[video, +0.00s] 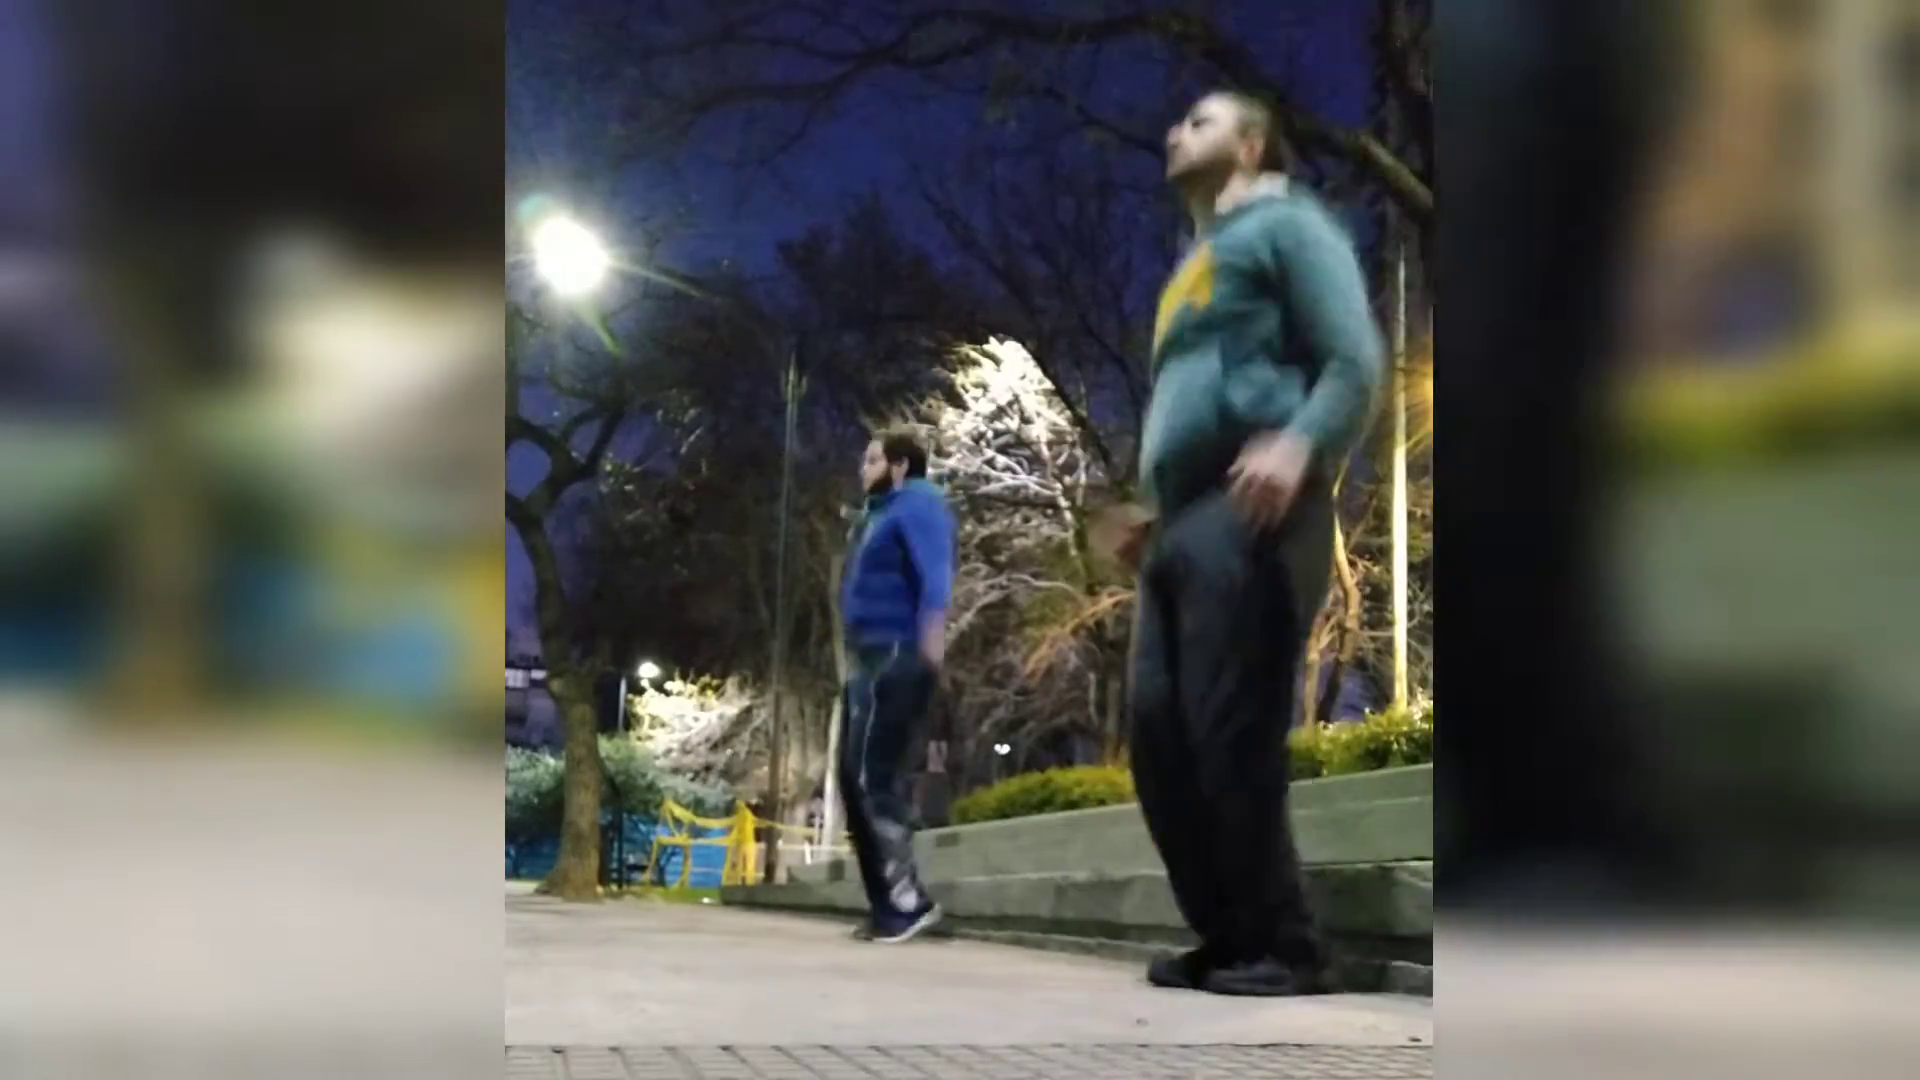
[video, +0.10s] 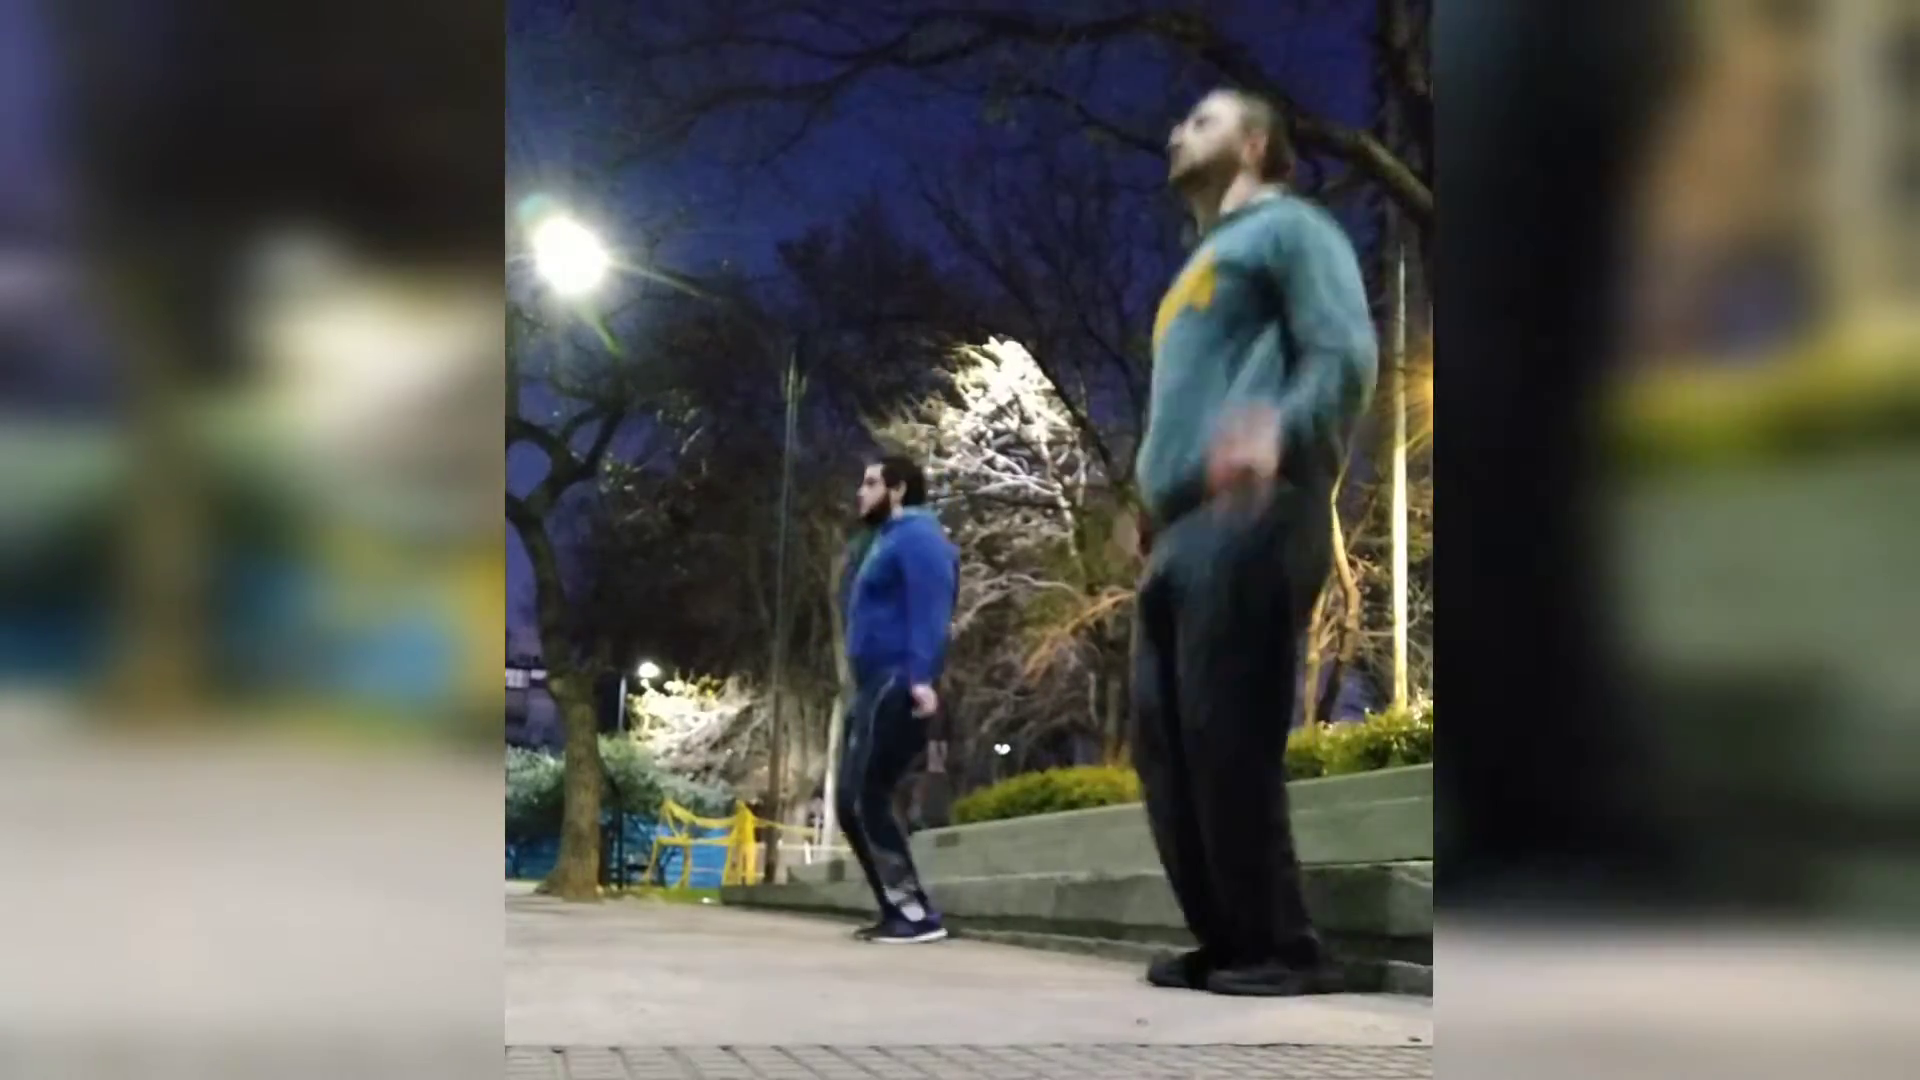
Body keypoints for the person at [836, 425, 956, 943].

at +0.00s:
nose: (863, 469)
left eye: (872, 460)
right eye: (865, 460)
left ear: (899, 465)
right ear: (894, 466)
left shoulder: (918, 503)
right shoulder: (881, 511)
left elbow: (935, 574)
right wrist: (858, 653)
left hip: (897, 657)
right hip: (867, 657)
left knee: (869, 775)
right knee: (855, 778)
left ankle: (904, 901)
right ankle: (886, 904)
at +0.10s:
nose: (861, 493)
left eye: (871, 484)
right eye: (862, 484)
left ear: (898, 489)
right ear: (890, 490)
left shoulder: (917, 535)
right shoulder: (885, 539)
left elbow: (928, 607)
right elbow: (883, 614)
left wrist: (921, 675)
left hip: (897, 683)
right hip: (872, 683)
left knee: (865, 795)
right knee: (851, 800)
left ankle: (911, 910)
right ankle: (896, 908)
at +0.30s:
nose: (870, 450)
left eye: (879, 441)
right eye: (871, 442)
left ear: (909, 448)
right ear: (897, 451)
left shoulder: (923, 488)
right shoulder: (884, 499)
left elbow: (937, 503)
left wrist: (942, 467)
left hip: (902, 629)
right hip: (868, 632)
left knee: (895, 756)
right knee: (871, 765)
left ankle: (923, 883)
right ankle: (886, 891)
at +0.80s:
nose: (869, 454)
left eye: (878, 445)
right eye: (870, 445)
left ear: (907, 453)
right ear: (892, 455)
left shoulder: (920, 486)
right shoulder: (884, 498)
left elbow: (945, 505)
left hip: (905, 626)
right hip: (874, 630)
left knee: (896, 756)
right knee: (871, 763)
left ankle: (934, 884)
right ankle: (892, 884)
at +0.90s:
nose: (863, 468)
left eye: (872, 459)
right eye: (865, 459)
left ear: (898, 467)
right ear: (892, 468)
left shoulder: (918, 507)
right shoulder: (878, 518)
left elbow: (938, 576)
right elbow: (875, 591)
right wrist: (861, 652)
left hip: (904, 651)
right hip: (873, 653)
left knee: (874, 772)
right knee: (862, 777)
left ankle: (909, 897)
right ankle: (894, 902)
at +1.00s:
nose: (860, 492)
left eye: (869, 483)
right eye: (862, 483)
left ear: (897, 490)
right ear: (892, 491)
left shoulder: (915, 535)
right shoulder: (885, 539)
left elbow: (932, 606)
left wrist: (918, 670)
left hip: (900, 680)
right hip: (876, 680)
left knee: (866, 796)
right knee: (860, 797)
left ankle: (911, 910)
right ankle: (902, 907)